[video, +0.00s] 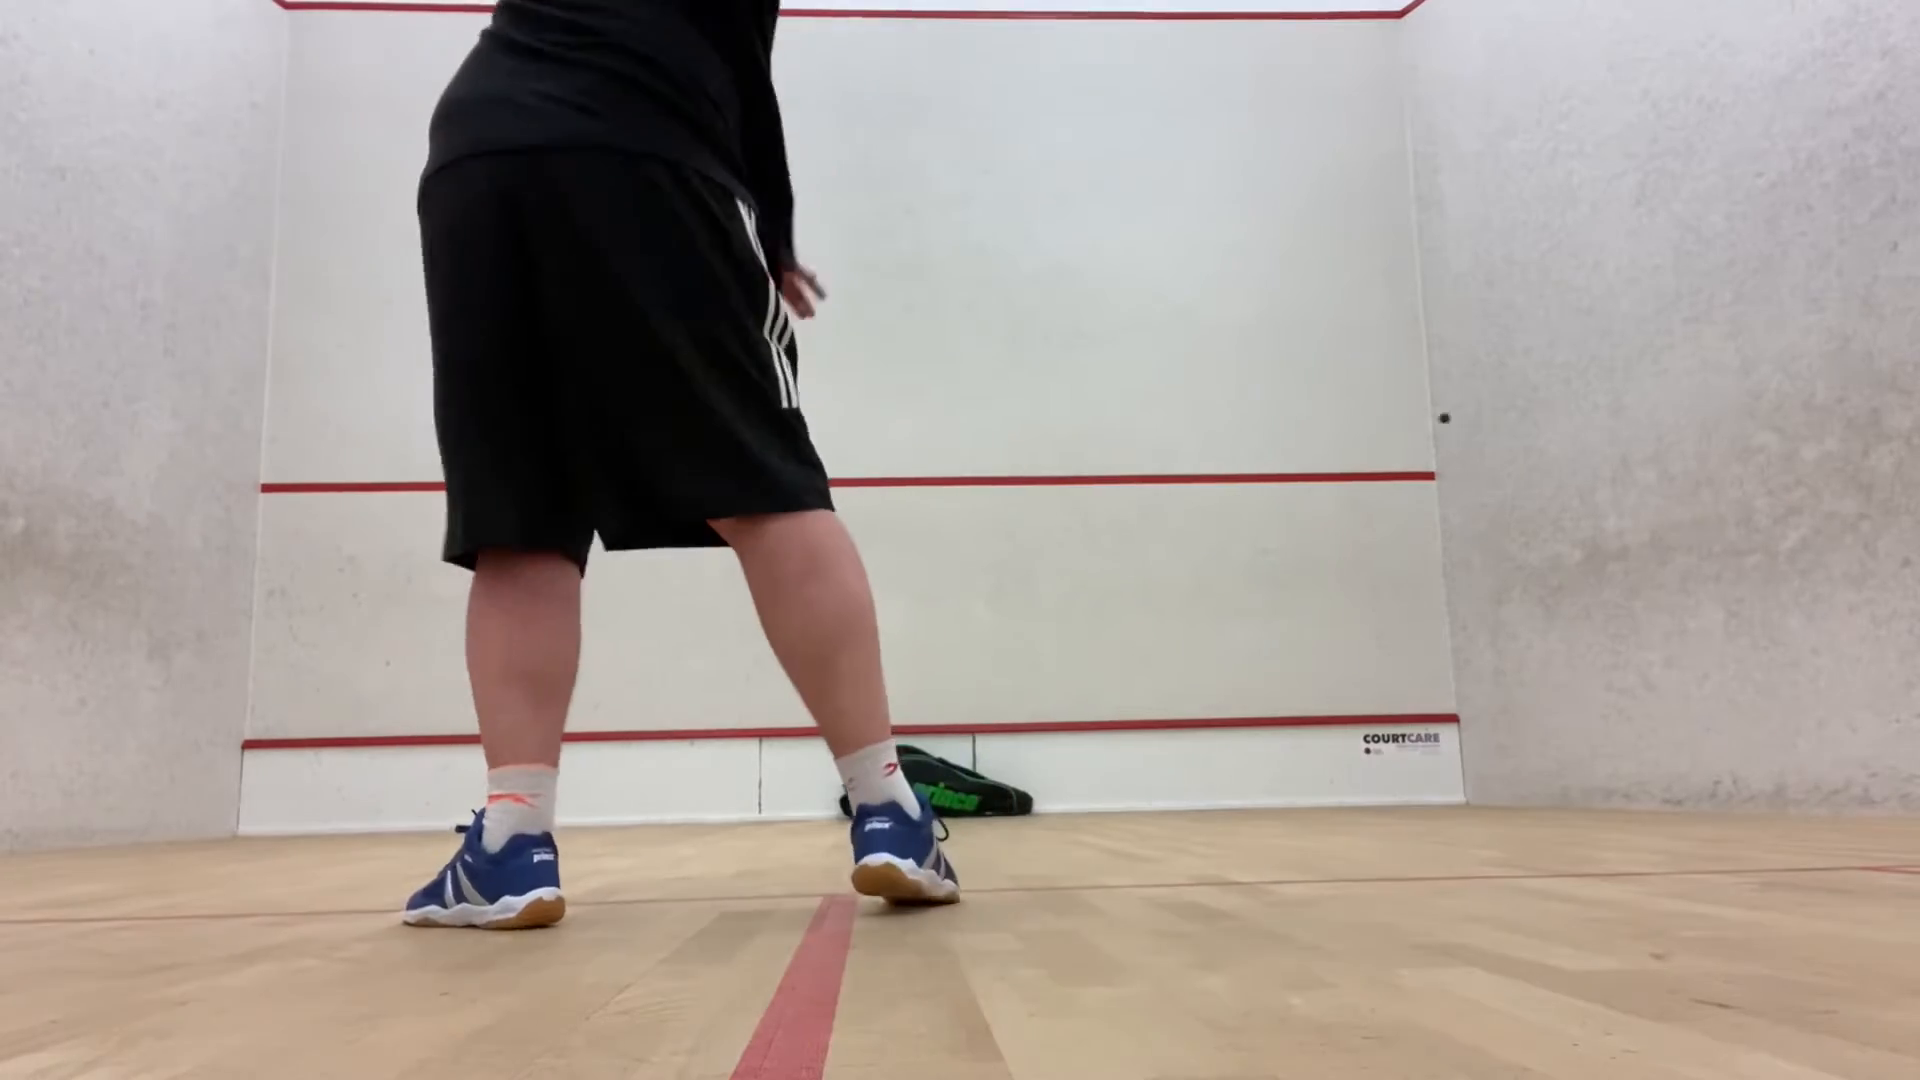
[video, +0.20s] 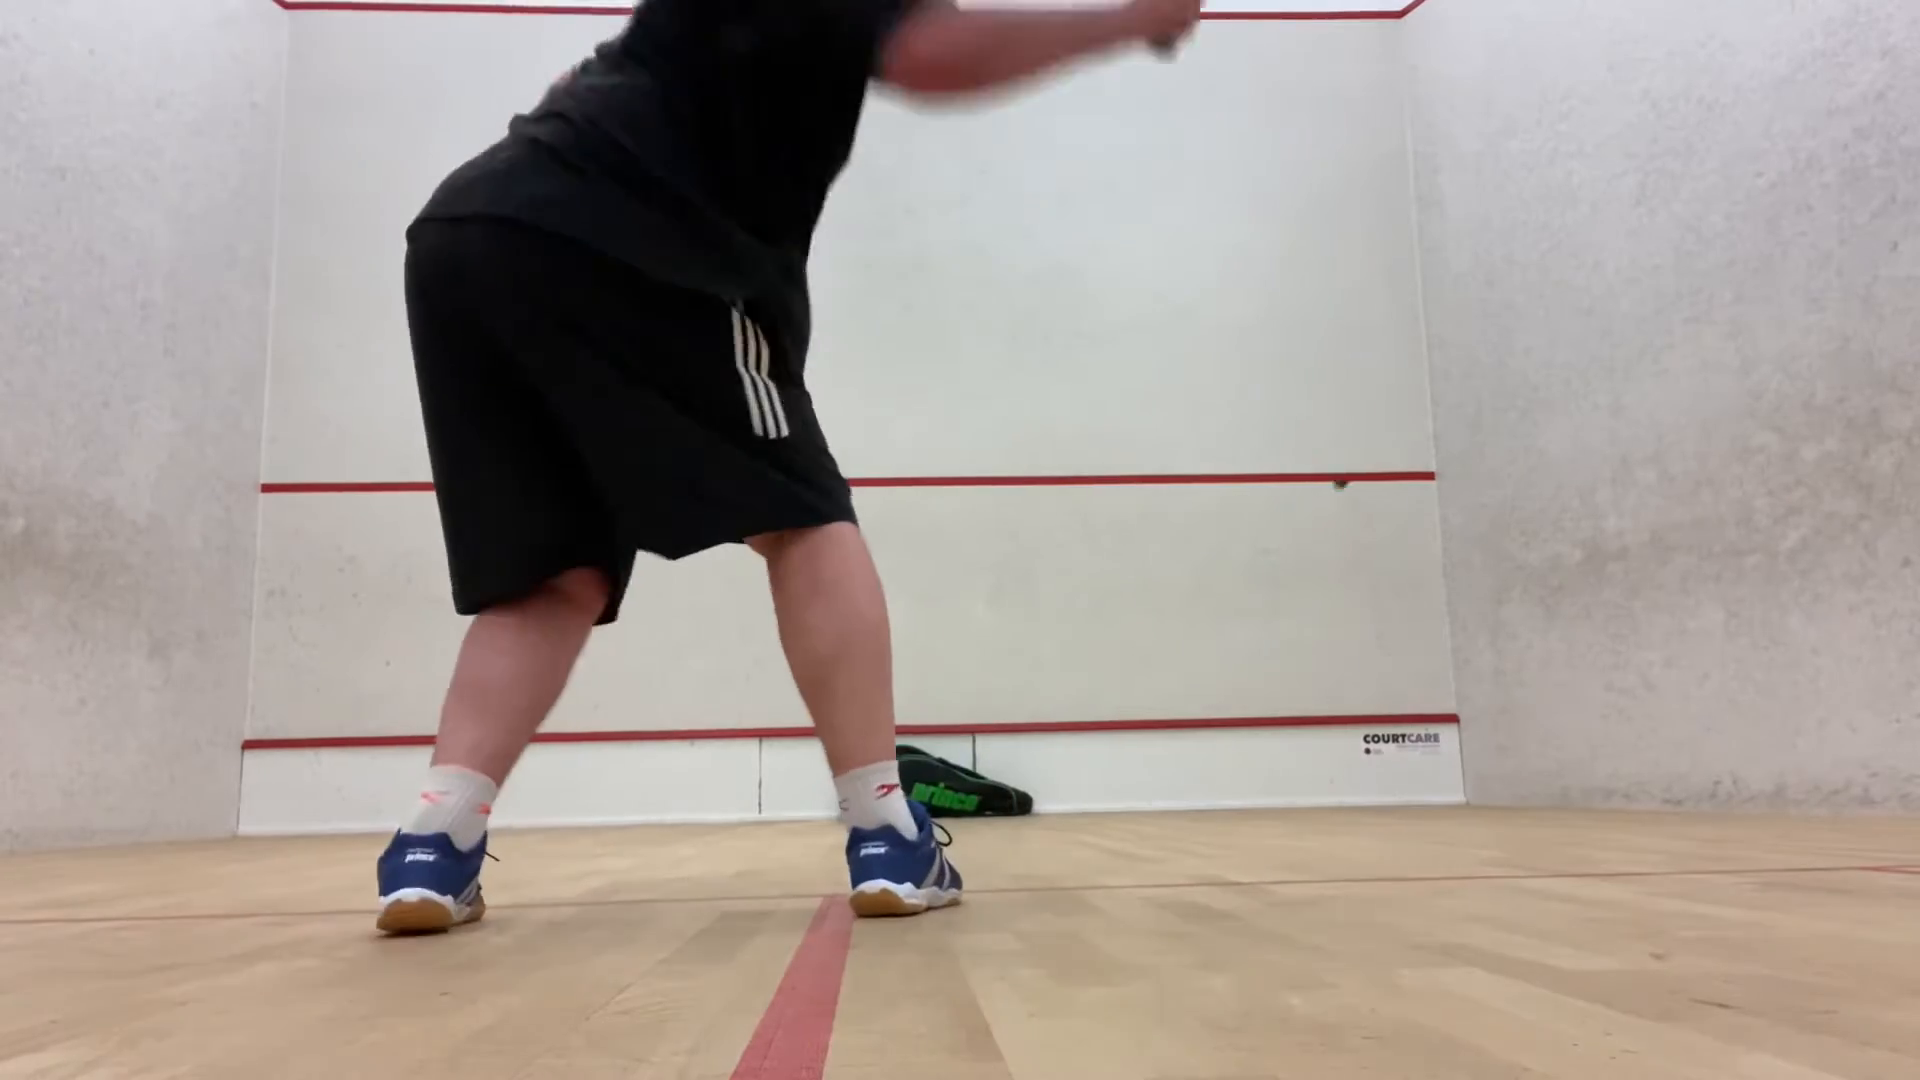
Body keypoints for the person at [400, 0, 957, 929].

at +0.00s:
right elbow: (739, 59)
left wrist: (774, 238)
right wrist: (778, 235)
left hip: (476, 167)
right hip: (649, 166)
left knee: (520, 524)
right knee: (771, 497)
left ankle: (513, 839)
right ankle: (883, 811)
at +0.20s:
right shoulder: (837, 1)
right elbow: (927, 54)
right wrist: (1128, 20)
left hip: (472, 234)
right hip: (655, 249)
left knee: (557, 569)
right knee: (808, 528)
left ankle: (435, 838)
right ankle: (884, 834)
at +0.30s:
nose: (983, 100)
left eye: (987, 78)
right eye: (987, 77)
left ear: (883, 37)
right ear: (956, 67)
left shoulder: (740, 51)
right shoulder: (906, 169)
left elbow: (571, 44)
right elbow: (970, 379)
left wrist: (471, 180)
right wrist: (1150, 345)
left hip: (465, 255)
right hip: (645, 274)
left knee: (571, 570)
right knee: (831, 516)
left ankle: (435, 841)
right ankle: (881, 827)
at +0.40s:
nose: (1005, 229)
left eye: (1019, 213)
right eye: (1017, 210)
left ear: (942, 136)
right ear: (997, 191)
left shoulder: (802, 102)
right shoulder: (917, 261)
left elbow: (623, 68)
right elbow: (964, 474)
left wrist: (524, 203)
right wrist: (1023, 593)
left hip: (481, 223)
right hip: (648, 256)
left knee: (555, 555)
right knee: (838, 524)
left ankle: (419, 827)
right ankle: (884, 832)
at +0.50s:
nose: (998, 296)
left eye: (1008, 283)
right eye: (1010, 282)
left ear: (960, 195)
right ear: (1005, 263)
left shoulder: (825, 155)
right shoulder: (943, 312)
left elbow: (654, 98)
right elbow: (865, 487)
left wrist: (493, 171)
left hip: (536, 194)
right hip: (718, 234)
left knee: (541, 539)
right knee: (842, 533)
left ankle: (417, 823)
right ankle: (883, 833)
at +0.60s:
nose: (975, 273)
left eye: (977, 255)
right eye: (981, 262)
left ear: (929, 191)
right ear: (978, 252)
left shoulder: (817, 148)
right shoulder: (940, 292)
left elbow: (669, 83)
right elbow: (824, 405)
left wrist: (544, 124)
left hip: (593, 162)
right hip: (774, 211)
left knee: (562, 521)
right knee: (841, 535)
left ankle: (426, 825)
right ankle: (883, 827)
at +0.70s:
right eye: (953, 181)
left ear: (894, 127)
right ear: (953, 178)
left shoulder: (783, 87)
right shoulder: (936, 234)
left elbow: (686, 28)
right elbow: (873, 387)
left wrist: (597, 48)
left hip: (631, 159)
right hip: (813, 218)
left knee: (585, 511)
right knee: (840, 537)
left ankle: (458, 810)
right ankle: (885, 818)